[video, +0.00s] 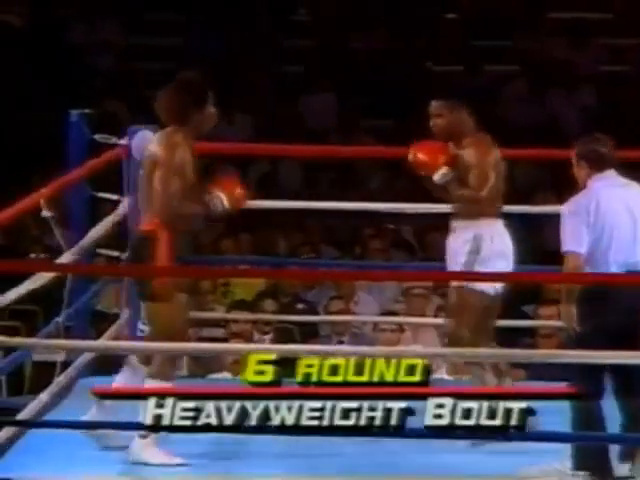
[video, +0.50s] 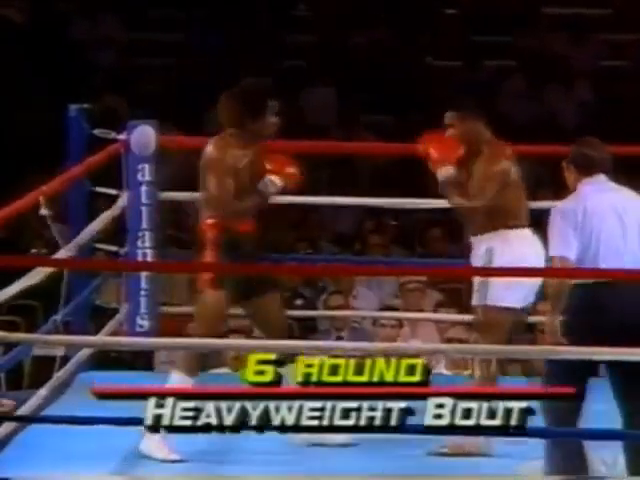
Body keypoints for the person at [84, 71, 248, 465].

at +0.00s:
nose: (215, 113)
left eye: (213, 105)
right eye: (210, 106)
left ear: (179, 109)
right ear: (196, 111)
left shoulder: (165, 142)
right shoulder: (176, 147)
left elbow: (165, 200)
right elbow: (170, 205)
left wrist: (208, 198)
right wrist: (212, 202)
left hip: (153, 239)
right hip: (160, 241)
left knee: (162, 330)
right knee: (172, 339)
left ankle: (113, 399)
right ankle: (148, 438)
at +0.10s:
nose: (224, 109)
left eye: (222, 101)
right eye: (219, 102)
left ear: (187, 104)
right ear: (204, 107)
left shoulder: (172, 138)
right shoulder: (186, 145)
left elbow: (166, 197)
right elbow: (181, 203)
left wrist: (214, 194)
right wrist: (221, 199)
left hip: (172, 235)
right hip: (175, 237)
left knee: (198, 332)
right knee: (175, 338)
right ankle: (145, 436)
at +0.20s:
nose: (232, 102)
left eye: (231, 94)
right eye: (227, 94)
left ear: (196, 96)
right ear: (212, 98)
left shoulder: (178, 128)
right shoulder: (196, 135)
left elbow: (180, 185)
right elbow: (193, 194)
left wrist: (225, 166)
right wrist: (233, 173)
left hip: (187, 231)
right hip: (181, 234)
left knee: (222, 325)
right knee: (175, 331)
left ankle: (185, 400)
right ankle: (149, 429)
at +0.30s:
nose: (243, 106)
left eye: (242, 98)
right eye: (239, 98)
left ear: (210, 99)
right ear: (223, 101)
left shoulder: (202, 132)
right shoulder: (202, 138)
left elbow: (214, 184)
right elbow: (220, 195)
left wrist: (245, 161)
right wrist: (255, 174)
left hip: (204, 231)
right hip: (188, 233)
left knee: (239, 319)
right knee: (181, 327)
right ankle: (152, 432)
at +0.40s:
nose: (252, 117)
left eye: (250, 109)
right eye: (246, 110)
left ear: (219, 113)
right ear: (228, 114)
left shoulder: (209, 145)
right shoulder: (209, 151)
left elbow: (226, 200)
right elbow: (236, 205)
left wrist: (263, 187)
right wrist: (275, 183)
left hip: (220, 245)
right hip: (201, 246)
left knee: (253, 332)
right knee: (181, 338)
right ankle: (151, 434)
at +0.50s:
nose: (275, 122)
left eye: (275, 115)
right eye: (269, 116)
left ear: (251, 121)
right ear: (249, 120)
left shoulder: (255, 149)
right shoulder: (218, 153)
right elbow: (223, 206)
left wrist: (277, 179)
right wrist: (262, 194)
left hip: (248, 240)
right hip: (218, 242)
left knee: (279, 332)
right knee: (206, 331)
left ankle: (299, 417)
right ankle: (153, 430)